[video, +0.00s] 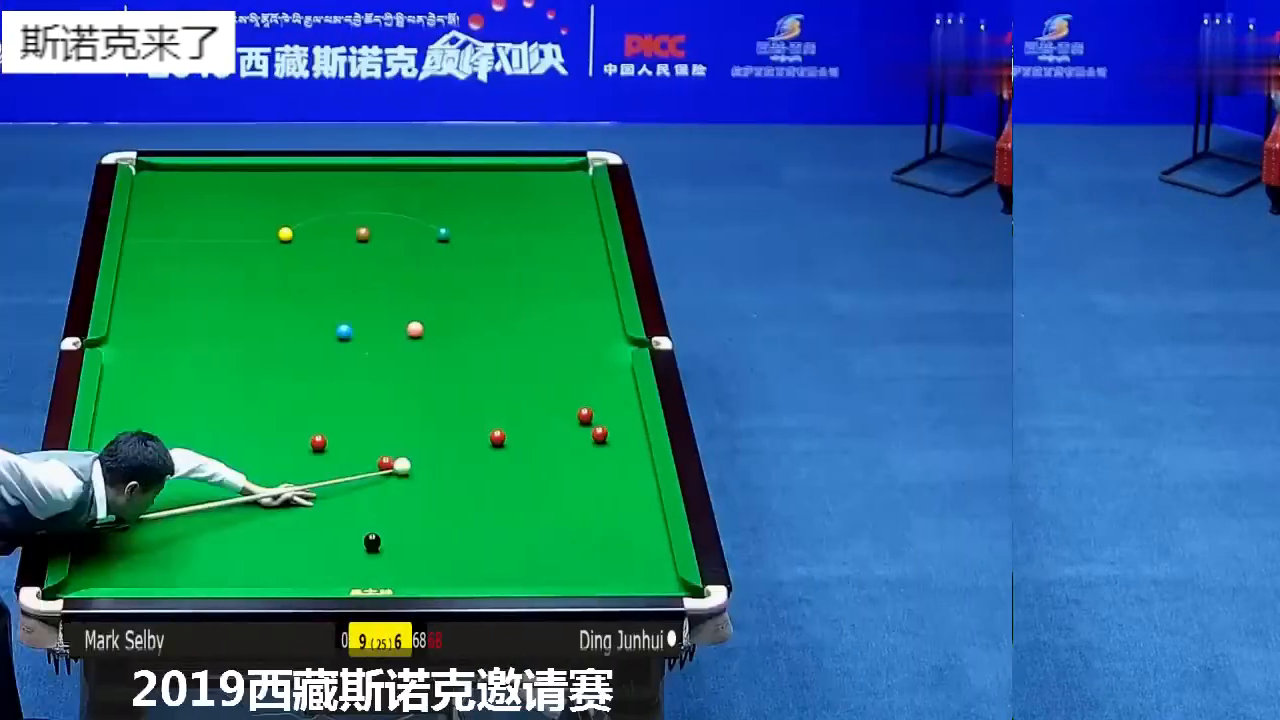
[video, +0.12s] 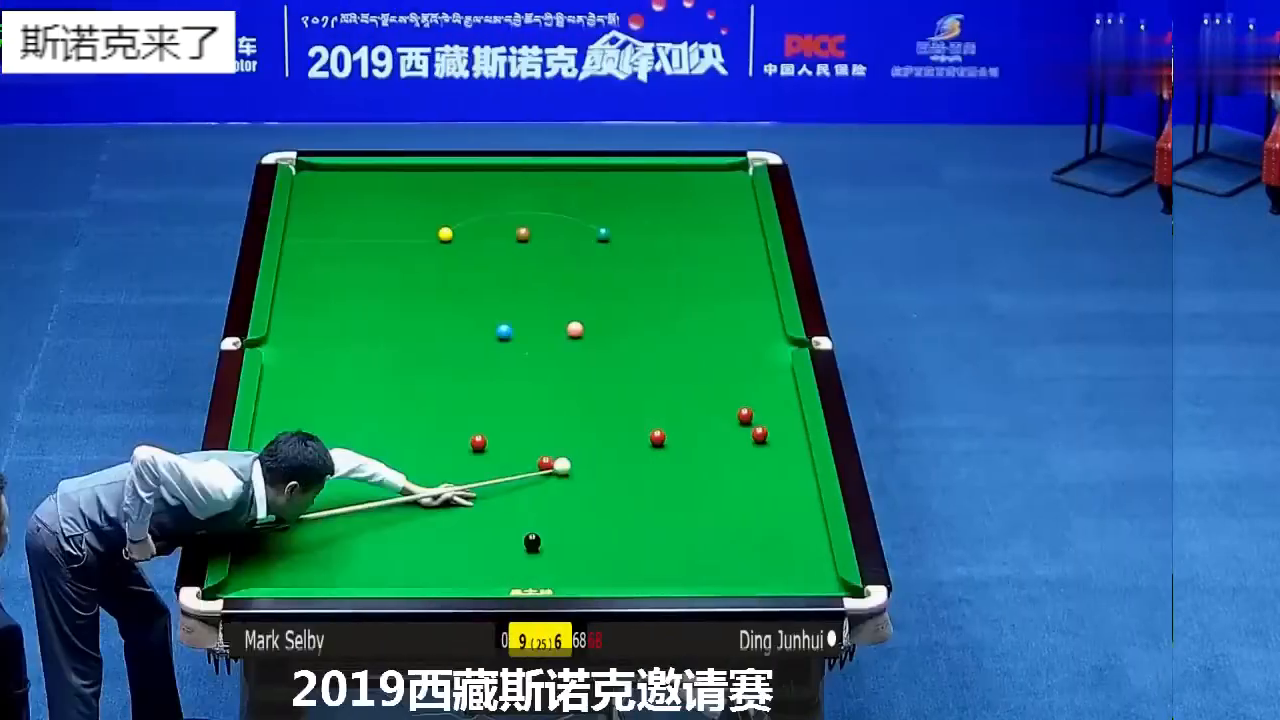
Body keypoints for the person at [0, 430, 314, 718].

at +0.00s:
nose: (152, 500)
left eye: (156, 492)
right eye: (152, 493)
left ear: (122, 475)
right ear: (130, 489)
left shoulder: (110, 469)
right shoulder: (63, 492)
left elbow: (183, 461)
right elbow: (4, 464)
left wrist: (253, 489)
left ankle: (15, 712)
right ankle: (14, 712)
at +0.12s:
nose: (311, 502)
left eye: (314, 493)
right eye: (309, 495)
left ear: (288, 476)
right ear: (288, 488)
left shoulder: (270, 471)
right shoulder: (222, 492)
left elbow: (347, 461)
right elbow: (147, 458)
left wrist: (414, 489)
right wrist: (140, 532)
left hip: (97, 531)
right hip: (64, 537)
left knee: (148, 623)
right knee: (78, 675)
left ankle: (158, 718)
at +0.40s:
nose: (420, 503)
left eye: (422, 494)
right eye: (418, 495)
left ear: (395, 478)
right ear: (396, 489)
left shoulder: (380, 471)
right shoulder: (329, 493)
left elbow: (456, 462)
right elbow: (254, 457)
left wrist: (523, 489)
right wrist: (246, 534)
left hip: (207, 532)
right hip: (172, 536)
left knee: (255, 622)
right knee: (187, 674)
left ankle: (266, 718)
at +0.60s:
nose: (420, 502)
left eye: (422, 494)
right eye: (418, 495)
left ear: (396, 478)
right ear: (396, 488)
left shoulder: (380, 471)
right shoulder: (328, 493)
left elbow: (457, 462)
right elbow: (254, 458)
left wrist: (523, 489)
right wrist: (246, 536)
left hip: (207, 533)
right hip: (172, 537)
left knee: (255, 623)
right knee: (186, 675)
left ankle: (266, 717)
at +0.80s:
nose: (420, 503)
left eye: (422, 494)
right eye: (418, 495)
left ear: (396, 479)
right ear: (396, 488)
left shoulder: (381, 472)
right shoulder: (330, 492)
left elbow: (456, 463)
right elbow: (253, 461)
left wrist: (524, 489)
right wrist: (232, 539)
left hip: (209, 535)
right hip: (171, 536)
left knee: (256, 624)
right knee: (186, 674)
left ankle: (266, 718)